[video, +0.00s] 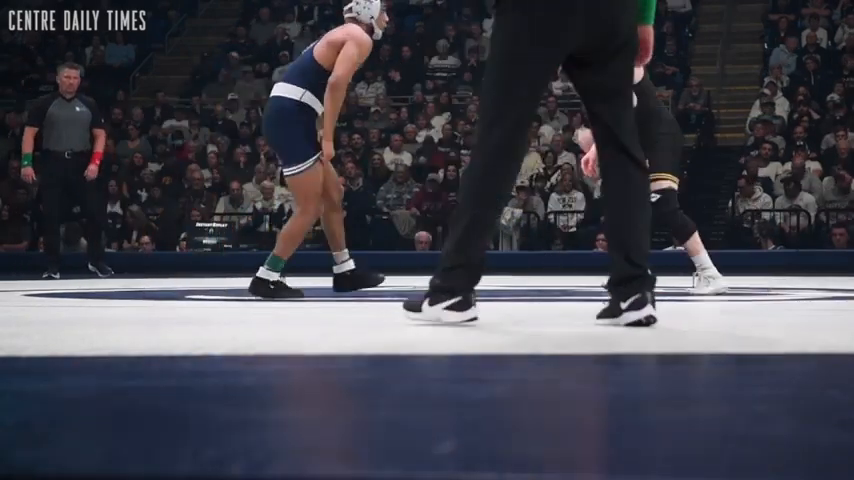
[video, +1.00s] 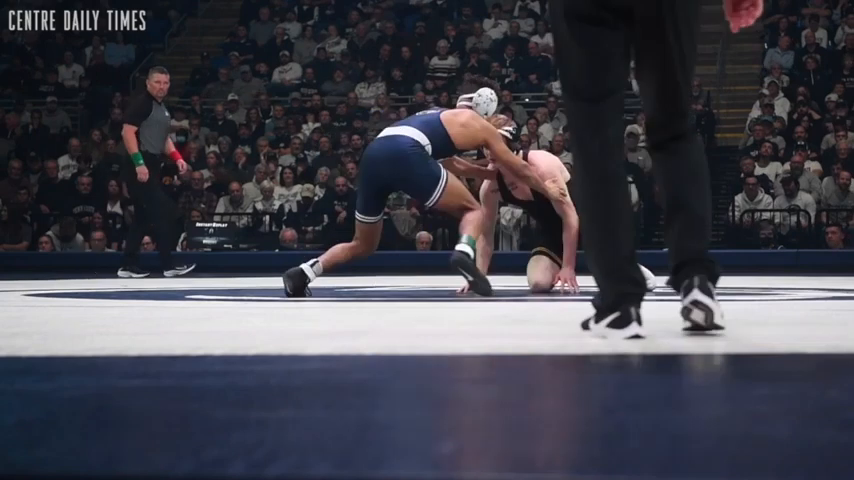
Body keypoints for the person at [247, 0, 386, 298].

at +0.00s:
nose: (387, 19)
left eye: (386, 13)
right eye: (383, 13)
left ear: (356, 15)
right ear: (370, 14)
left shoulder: (339, 35)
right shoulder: (359, 37)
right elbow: (336, 83)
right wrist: (328, 138)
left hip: (290, 118)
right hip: (290, 119)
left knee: (332, 195)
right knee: (309, 207)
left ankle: (345, 271)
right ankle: (267, 276)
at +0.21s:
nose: (432, 54)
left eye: (431, 47)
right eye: (429, 47)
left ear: (403, 45)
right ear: (417, 48)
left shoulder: (384, 60)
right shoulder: (398, 65)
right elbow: (365, 91)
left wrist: (365, 143)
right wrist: (378, 135)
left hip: (318, 133)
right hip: (321, 133)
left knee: (374, 202)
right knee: (375, 202)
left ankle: (385, 276)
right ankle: (316, 256)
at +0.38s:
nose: (460, 94)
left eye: (461, 87)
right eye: (458, 86)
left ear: (434, 81)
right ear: (443, 83)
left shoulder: (407, 104)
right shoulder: (419, 96)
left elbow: (409, 172)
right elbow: (424, 158)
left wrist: (432, 207)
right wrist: (446, 205)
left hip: (326, 136)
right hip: (326, 134)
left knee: (385, 195)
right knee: (384, 194)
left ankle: (386, 272)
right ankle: (385, 273)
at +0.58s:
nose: (471, 125)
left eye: (474, 120)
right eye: (472, 119)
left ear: (449, 106)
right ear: (462, 113)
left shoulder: (412, 136)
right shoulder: (437, 118)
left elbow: (423, 185)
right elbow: (460, 177)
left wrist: (445, 232)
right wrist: (483, 219)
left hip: (324, 137)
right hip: (335, 138)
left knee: (376, 201)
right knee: (398, 199)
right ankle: (389, 278)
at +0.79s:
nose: (466, 126)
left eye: (465, 119)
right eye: (467, 120)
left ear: (440, 105)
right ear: (462, 116)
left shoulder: (419, 115)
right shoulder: (447, 129)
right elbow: (486, 183)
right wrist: (521, 207)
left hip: (326, 155)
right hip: (347, 155)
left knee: (363, 224)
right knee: (418, 205)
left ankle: (313, 268)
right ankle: (392, 278)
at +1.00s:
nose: (495, 121)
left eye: (493, 116)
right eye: (495, 115)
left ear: (466, 105)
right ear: (488, 112)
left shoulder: (442, 120)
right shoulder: (484, 126)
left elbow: (458, 165)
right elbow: (518, 169)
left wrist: (495, 170)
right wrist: (538, 185)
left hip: (373, 154)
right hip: (409, 155)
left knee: (363, 245)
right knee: (473, 210)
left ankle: (308, 271)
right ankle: (465, 251)